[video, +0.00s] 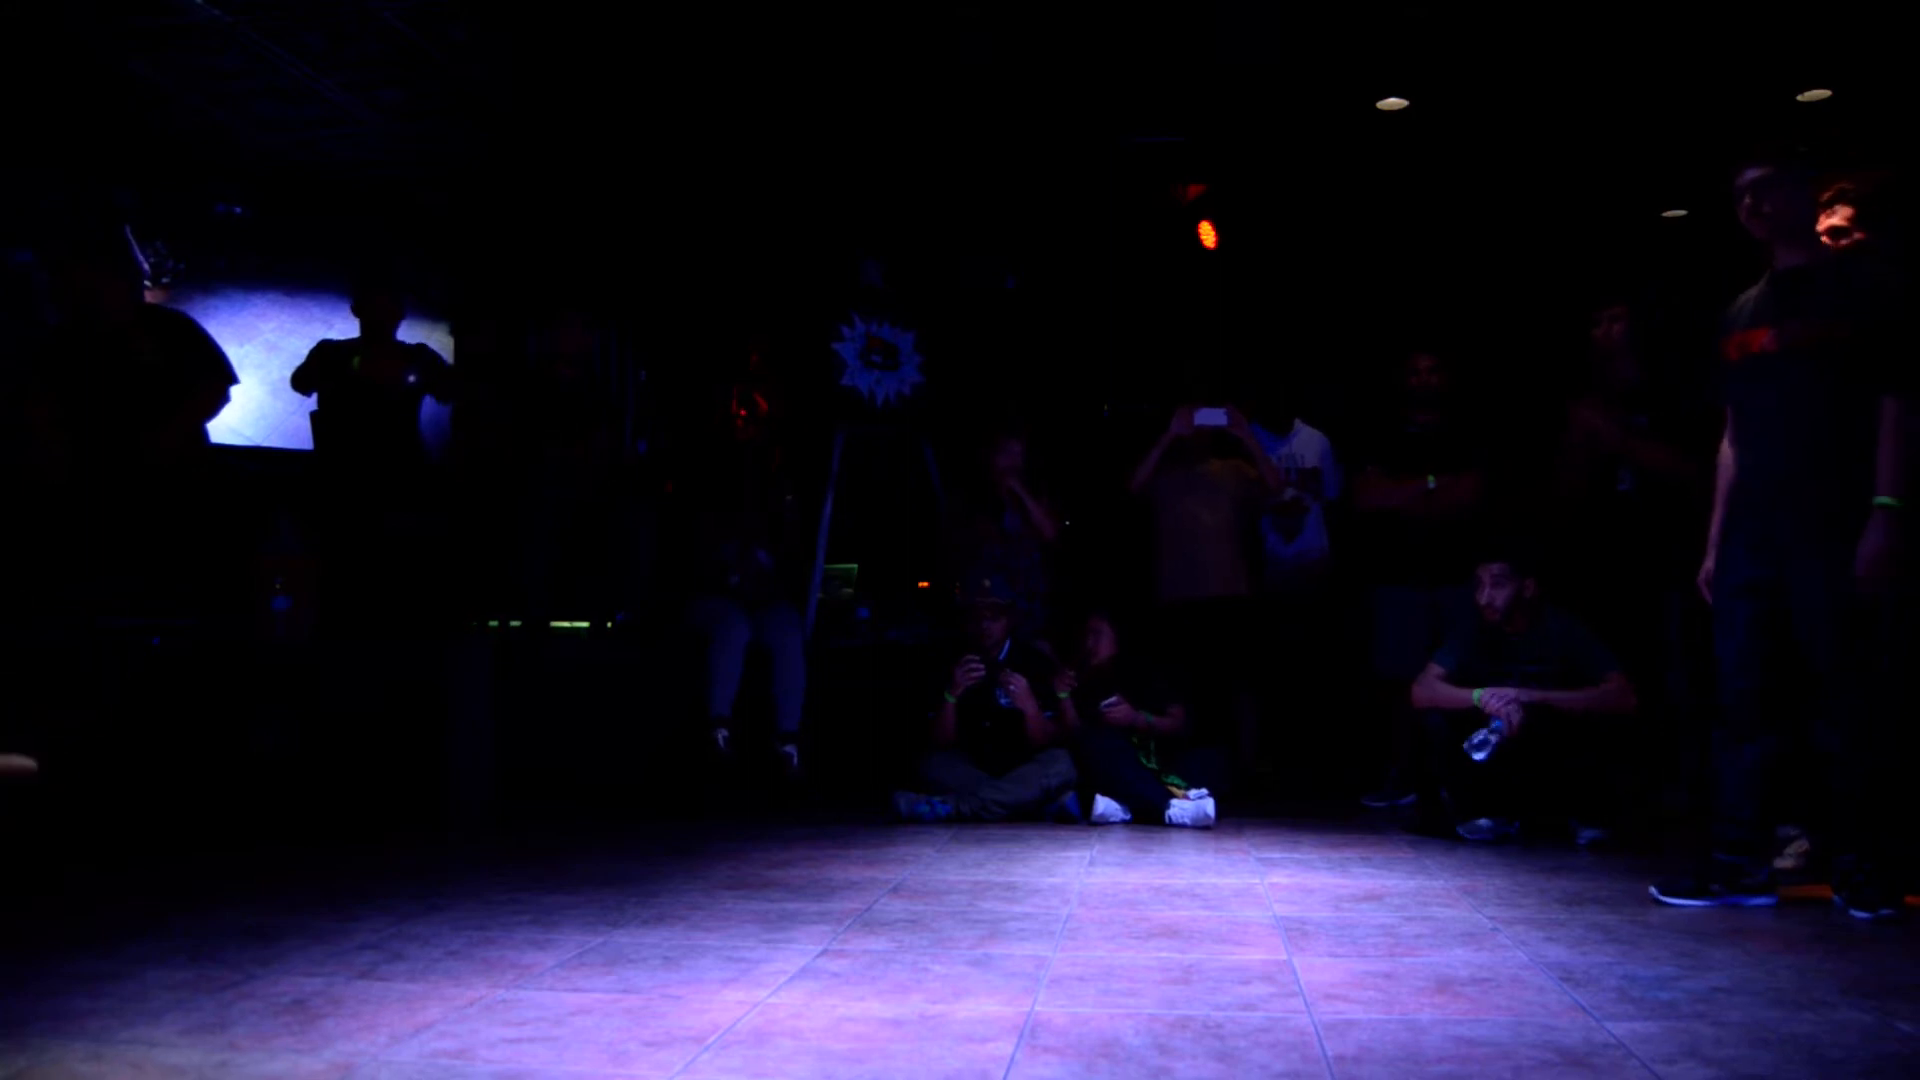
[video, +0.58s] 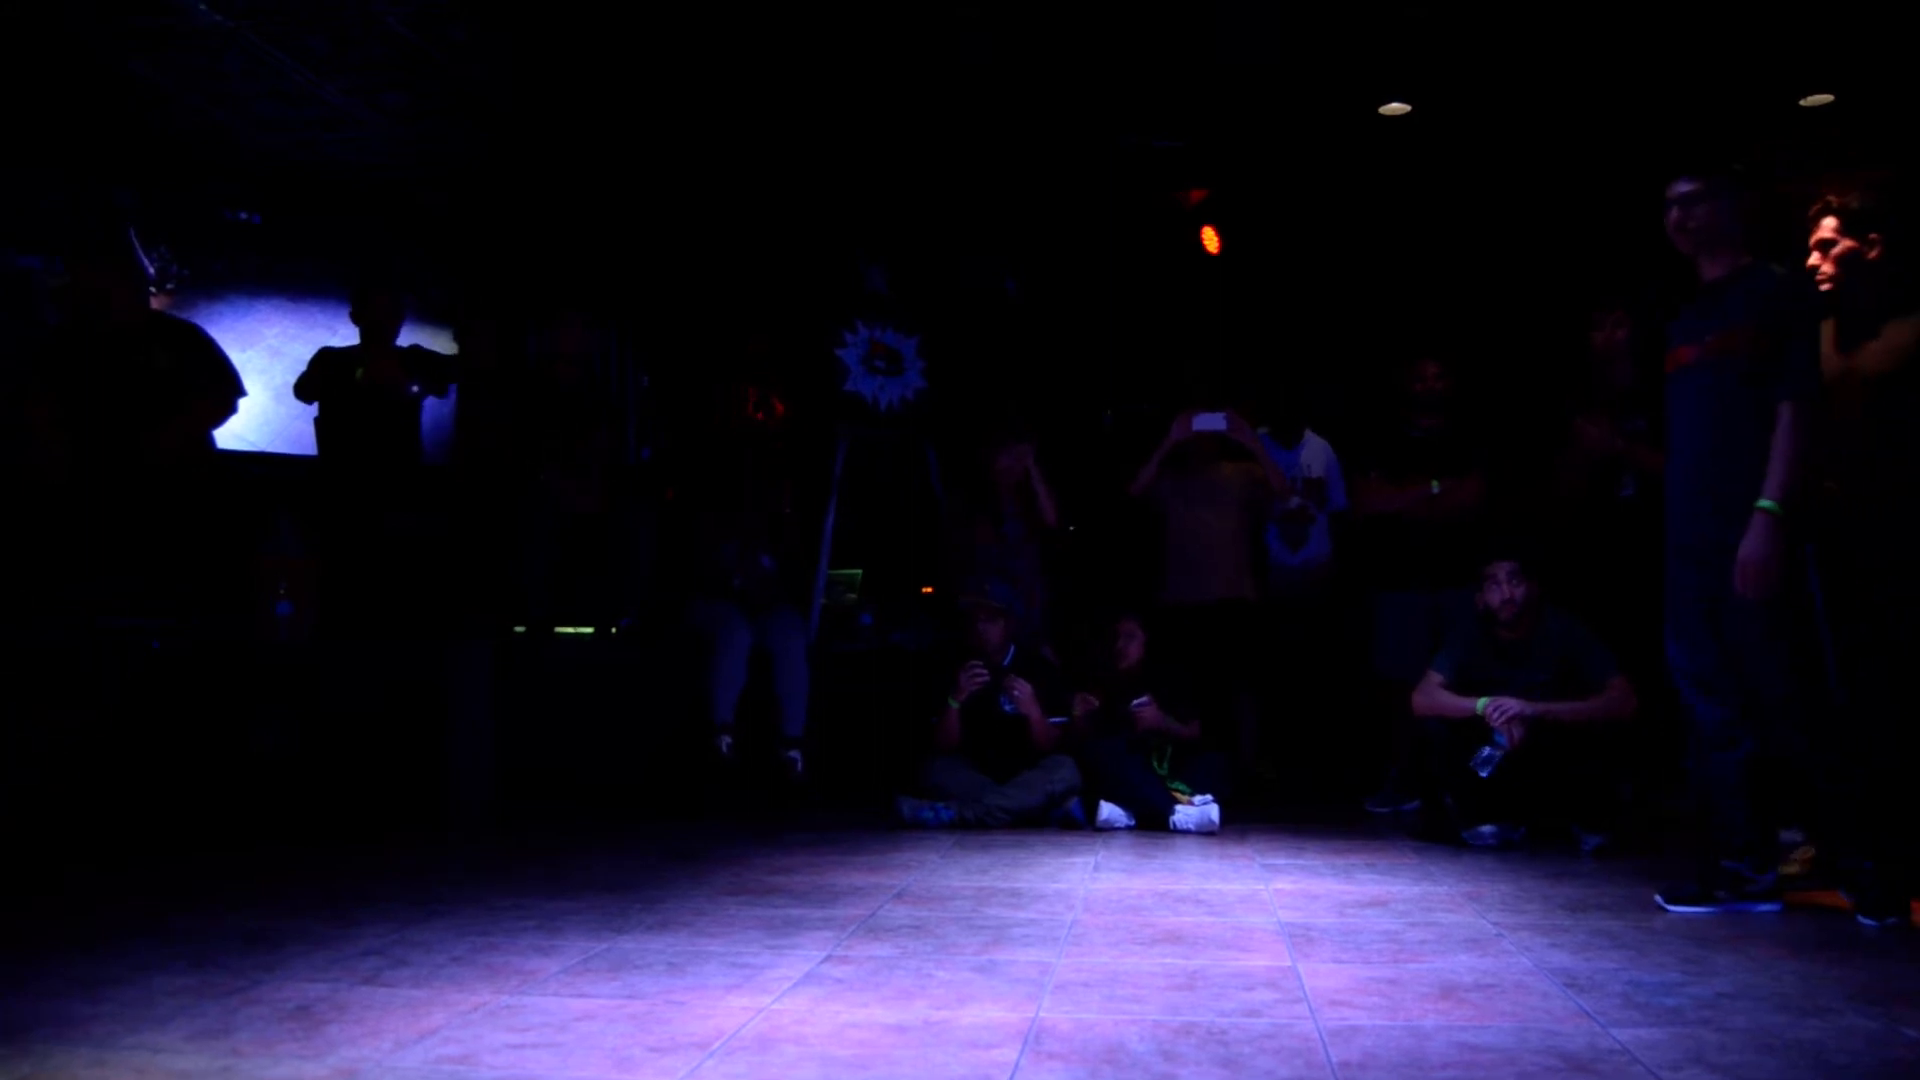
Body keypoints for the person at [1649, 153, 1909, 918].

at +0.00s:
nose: (1753, 208)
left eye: (1767, 192)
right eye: (1745, 197)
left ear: (1807, 195)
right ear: (1743, 212)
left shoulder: (1861, 281)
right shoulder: (1747, 310)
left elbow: (1893, 407)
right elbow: (1734, 437)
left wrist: (1885, 513)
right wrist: (1716, 544)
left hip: (1839, 522)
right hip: (1760, 525)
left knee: (1851, 696)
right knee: (1748, 692)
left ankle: (1867, 870)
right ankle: (1741, 861)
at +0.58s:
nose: (1679, 217)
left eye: (1694, 201)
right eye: (1673, 206)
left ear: (1732, 208)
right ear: (1670, 223)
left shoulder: (1775, 294)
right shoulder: (1685, 311)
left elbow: (1793, 409)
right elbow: (1683, 429)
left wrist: (1766, 517)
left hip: (1749, 521)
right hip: (1693, 524)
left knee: (1761, 686)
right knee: (1707, 689)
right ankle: (1734, 860)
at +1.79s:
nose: (1619, 225)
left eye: (1634, 211)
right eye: (1615, 213)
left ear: (1676, 217)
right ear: (1622, 227)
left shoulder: (1693, 300)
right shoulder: (1671, 301)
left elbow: (1693, 425)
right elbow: (1678, 426)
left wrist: (1664, 534)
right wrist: (1636, 533)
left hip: (1677, 530)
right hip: (1673, 527)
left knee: (1662, 694)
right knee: (1724, 686)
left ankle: (1652, 859)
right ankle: (1820, 847)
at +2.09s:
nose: (1572, 225)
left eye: (1587, 212)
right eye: (1570, 213)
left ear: (1630, 218)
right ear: (1607, 226)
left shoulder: (1639, 299)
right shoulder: (1639, 296)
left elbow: (1618, 428)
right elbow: (1622, 430)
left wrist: (1558, 524)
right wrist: (1586, 545)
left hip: (1633, 525)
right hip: (1637, 521)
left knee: (1627, 686)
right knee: (1641, 680)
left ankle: (1641, 857)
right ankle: (1711, 824)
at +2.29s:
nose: (1554, 229)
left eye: (1569, 216)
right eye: (1553, 217)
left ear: (1611, 221)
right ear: (1583, 228)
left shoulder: (1623, 301)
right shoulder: (1608, 298)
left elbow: (1597, 424)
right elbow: (1596, 423)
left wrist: (1541, 521)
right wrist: (1551, 518)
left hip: (1619, 526)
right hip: (1598, 524)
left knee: (1614, 685)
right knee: (1577, 678)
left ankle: (1640, 854)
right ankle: (1592, 831)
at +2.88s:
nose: (1500, 237)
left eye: (1516, 226)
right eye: (1499, 227)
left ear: (1553, 238)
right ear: (1505, 241)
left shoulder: (1578, 315)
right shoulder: (1520, 328)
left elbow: (1591, 429)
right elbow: (1500, 456)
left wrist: (1574, 528)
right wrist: (1465, 549)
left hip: (1552, 540)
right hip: (1504, 544)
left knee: (1583, 694)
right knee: (1519, 695)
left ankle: (1639, 850)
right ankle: (1521, 838)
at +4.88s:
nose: (1549, 241)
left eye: (1562, 230)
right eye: (1539, 231)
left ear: (1589, 242)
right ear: (1527, 247)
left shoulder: (1624, 334)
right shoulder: (1495, 338)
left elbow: (1644, 440)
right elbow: (1481, 443)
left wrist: (1653, 532)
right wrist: (1475, 538)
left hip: (1605, 542)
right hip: (1522, 542)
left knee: (1617, 693)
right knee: (1523, 692)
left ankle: (1639, 841)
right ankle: (1520, 836)